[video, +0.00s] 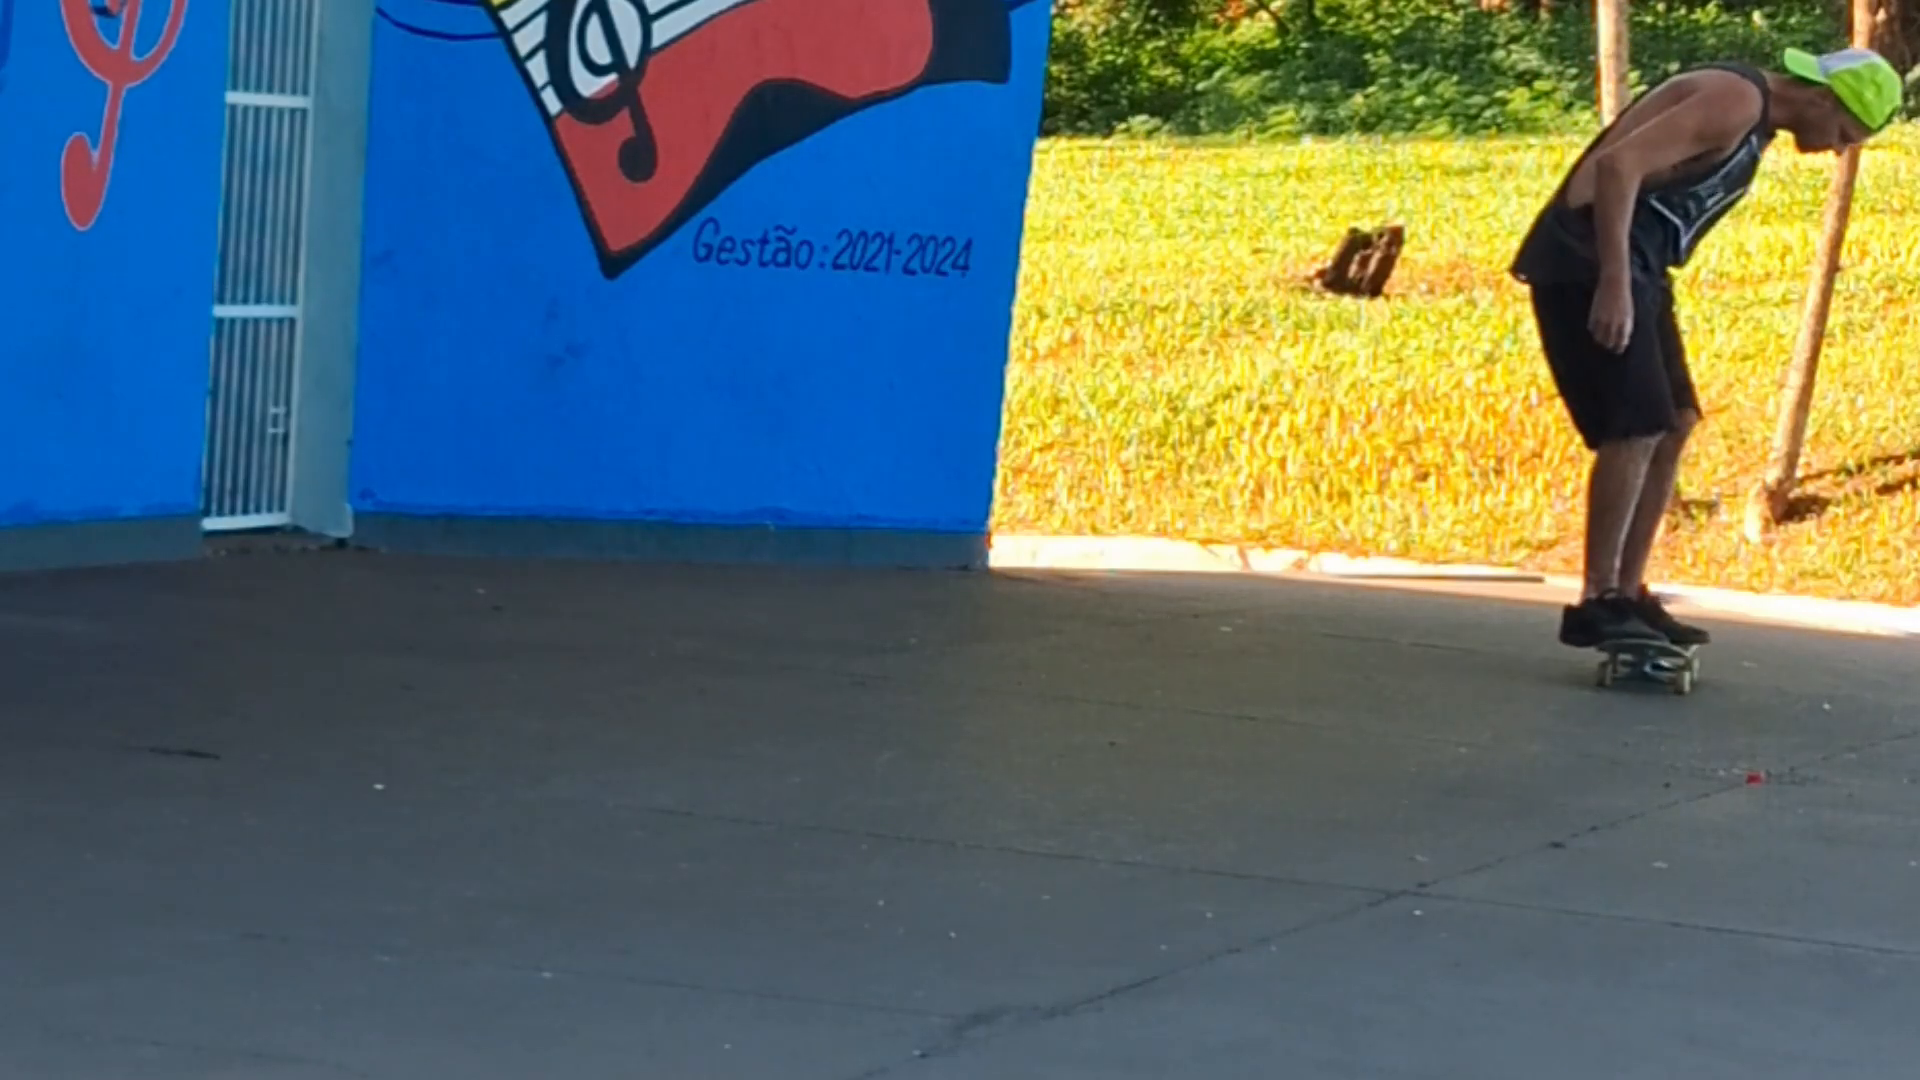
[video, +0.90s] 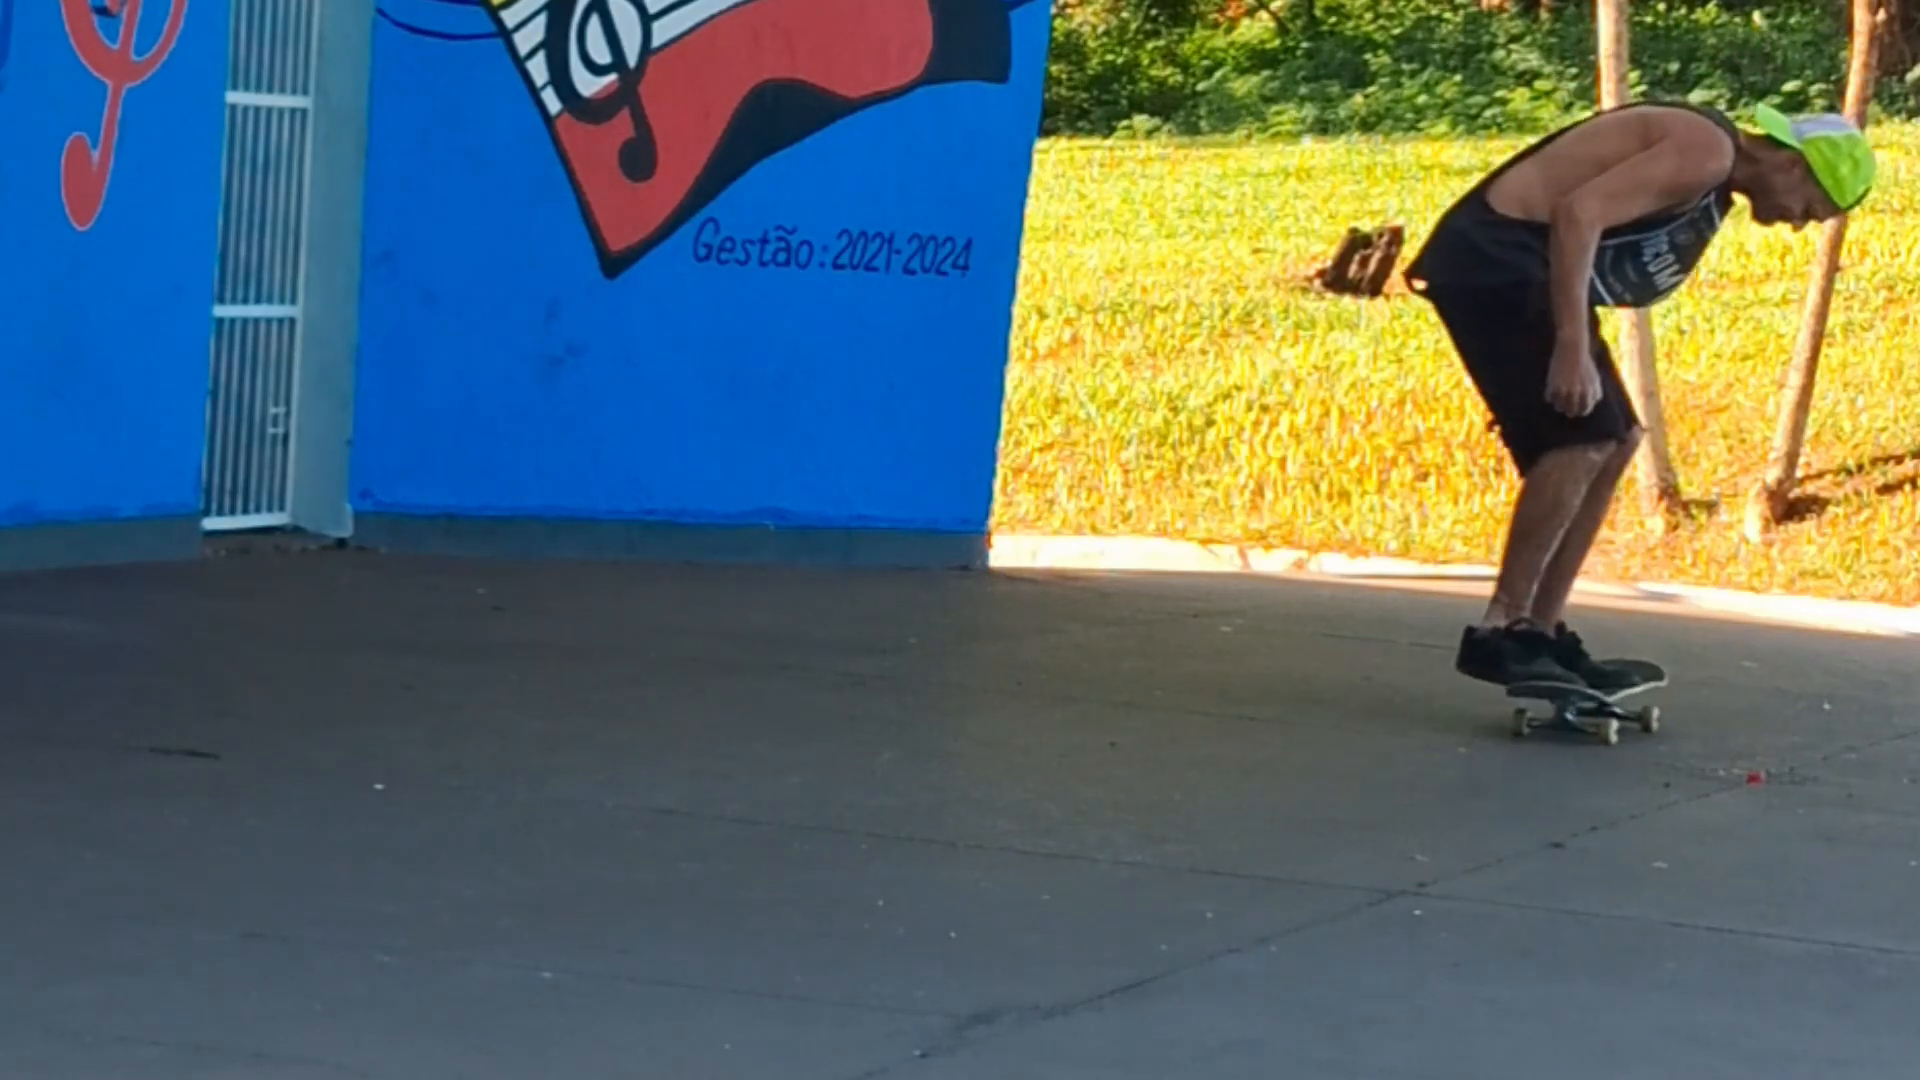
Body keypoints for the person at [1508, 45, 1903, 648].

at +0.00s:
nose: (1835, 151)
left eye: (1848, 145)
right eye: (1845, 137)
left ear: (1824, 98)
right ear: (1828, 98)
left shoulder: (1751, 123)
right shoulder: (1730, 100)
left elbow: (1649, 194)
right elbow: (1617, 163)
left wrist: (1643, 286)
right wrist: (1613, 281)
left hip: (1636, 270)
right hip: (1589, 262)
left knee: (1675, 420)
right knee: (1635, 426)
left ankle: (1626, 594)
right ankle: (1595, 602)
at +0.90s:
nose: (1803, 222)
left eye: (1815, 217)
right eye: (1812, 206)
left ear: (1792, 163)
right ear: (1794, 162)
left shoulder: (1711, 179)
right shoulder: (1703, 152)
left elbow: (1586, 237)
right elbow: (1577, 212)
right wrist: (1571, 348)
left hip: (1531, 267)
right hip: (1491, 257)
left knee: (1615, 438)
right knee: (1578, 441)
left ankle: (1539, 629)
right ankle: (1500, 629)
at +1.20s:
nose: (1758, 243)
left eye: (1774, 239)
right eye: (1770, 227)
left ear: (1757, 182)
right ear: (1755, 180)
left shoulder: (1666, 189)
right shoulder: (1666, 161)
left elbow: (1536, 266)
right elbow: (1533, 230)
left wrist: (1450, 394)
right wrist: (1513, 374)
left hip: (1479, 261)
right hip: (1437, 249)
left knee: (1556, 445)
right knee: (1526, 447)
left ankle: (1481, 644)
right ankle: (1420, 635)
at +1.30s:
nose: (1744, 245)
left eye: (1760, 241)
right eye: (1757, 230)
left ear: (1742, 182)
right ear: (1743, 184)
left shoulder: (1652, 186)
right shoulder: (1653, 164)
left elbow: (1518, 264)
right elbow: (1516, 235)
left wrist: (1424, 388)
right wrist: (1494, 380)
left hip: (1457, 256)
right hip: (1415, 245)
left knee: (1540, 439)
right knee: (1502, 447)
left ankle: (1464, 644)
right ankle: (1397, 638)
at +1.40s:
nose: (1727, 260)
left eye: (1742, 254)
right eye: (1742, 244)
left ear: (1722, 192)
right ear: (1725, 199)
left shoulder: (1636, 185)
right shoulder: (1630, 181)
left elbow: (1493, 264)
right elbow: (1499, 258)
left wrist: (1415, 412)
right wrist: (1479, 402)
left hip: (1431, 255)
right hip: (1392, 248)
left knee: (1527, 439)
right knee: (1492, 449)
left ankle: (1442, 648)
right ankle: (1376, 637)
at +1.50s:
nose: (1702, 281)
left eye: (1717, 276)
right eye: (1716, 267)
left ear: (1696, 217)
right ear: (1699, 223)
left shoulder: (1614, 210)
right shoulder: (1608, 205)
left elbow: (1490, 308)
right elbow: (1490, 297)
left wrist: (1424, 480)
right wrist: (1482, 449)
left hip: (1405, 275)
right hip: (1364, 270)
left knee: (1518, 445)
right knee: (1478, 469)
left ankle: (1416, 651)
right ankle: (1351, 641)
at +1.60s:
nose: (1680, 308)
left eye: (1696, 300)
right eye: (1694, 292)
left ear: (1670, 246)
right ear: (1673, 248)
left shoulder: (1586, 248)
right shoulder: (1583, 232)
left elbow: (1495, 366)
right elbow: (1505, 346)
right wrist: (1537, 491)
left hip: (1383, 307)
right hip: (1339, 298)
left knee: (1493, 472)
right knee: (1474, 477)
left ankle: (1391, 657)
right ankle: (1331, 640)